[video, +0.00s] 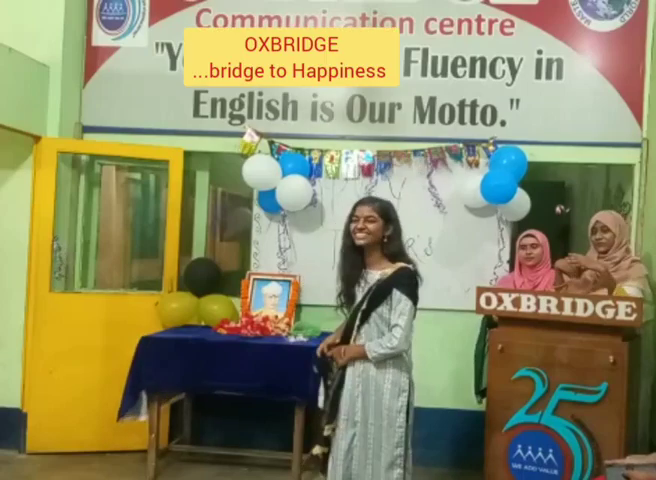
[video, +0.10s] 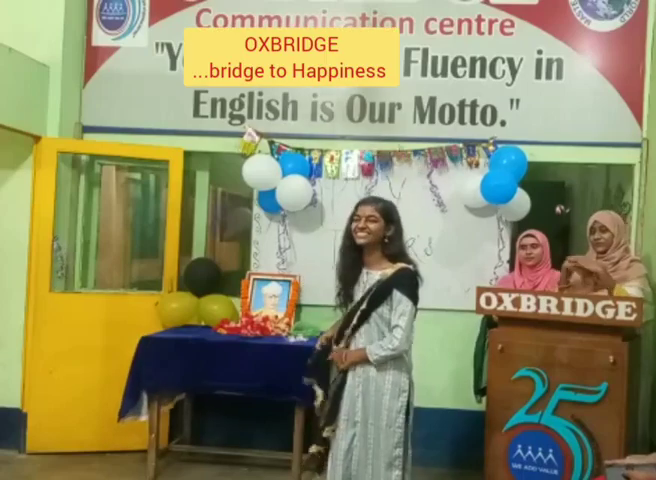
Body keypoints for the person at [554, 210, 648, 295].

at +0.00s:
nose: (598, 237)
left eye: (605, 231)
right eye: (594, 231)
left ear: (619, 233)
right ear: (589, 236)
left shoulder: (634, 268)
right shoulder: (580, 264)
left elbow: (625, 302)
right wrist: (557, 269)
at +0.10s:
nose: (596, 237)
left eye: (603, 231)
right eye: (592, 232)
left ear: (617, 233)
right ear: (588, 236)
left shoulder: (633, 267)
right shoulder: (580, 265)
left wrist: (611, 285)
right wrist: (564, 278)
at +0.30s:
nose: (593, 239)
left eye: (600, 232)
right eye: (589, 233)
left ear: (615, 234)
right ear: (585, 237)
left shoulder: (632, 267)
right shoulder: (583, 266)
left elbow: (633, 303)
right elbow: (566, 300)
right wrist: (570, 272)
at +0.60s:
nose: (591, 243)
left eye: (598, 236)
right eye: (588, 237)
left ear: (613, 236)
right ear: (585, 238)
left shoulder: (633, 267)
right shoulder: (583, 268)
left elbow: (634, 305)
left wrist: (605, 270)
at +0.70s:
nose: (592, 243)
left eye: (599, 236)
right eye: (588, 237)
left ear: (614, 236)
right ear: (585, 239)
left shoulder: (633, 268)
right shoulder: (584, 269)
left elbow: (633, 305)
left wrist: (605, 270)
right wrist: (575, 276)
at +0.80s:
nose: (594, 243)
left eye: (600, 236)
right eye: (590, 237)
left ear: (616, 237)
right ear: (587, 239)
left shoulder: (635, 268)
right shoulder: (586, 268)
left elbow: (634, 305)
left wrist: (606, 270)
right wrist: (578, 278)